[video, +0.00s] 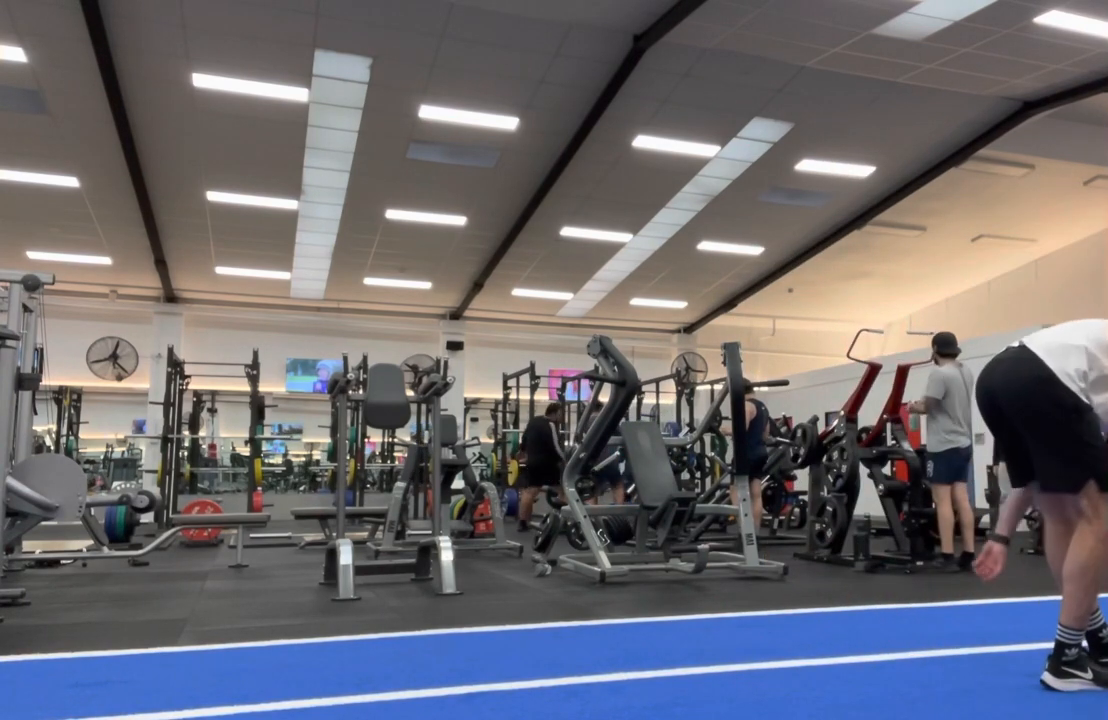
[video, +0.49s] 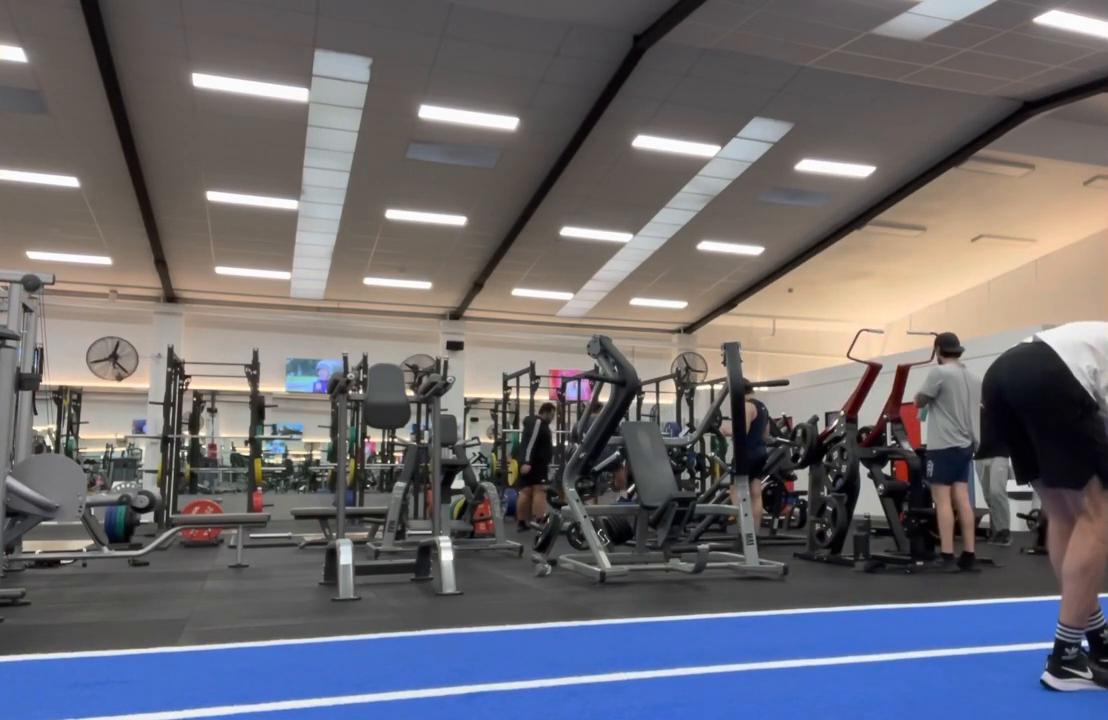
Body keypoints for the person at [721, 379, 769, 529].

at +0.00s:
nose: (733, 395)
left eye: (734, 391)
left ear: (738, 391)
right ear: (751, 388)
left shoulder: (747, 405)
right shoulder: (761, 406)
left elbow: (742, 429)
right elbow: (766, 432)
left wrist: (725, 430)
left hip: (745, 454)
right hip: (760, 453)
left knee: (735, 489)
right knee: (756, 494)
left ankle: (742, 527)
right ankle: (755, 532)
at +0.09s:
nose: (733, 395)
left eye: (733, 391)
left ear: (738, 391)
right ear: (750, 388)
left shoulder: (747, 406)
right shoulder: (762, 406)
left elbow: (741, 430)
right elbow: (766, 434)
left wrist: (724, 429)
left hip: (746, 454)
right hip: (760, 453)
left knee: (735, 490)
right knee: (756, 494)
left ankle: (743, 528)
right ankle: (755, 531)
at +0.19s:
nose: (733, 395)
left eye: (733, 391)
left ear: (738, 391)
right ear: (750, 388)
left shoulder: (747, 405)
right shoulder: (762, 406)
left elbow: (742, 430)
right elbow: (766, 434)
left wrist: (724, 429)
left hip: (746, 454)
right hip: (760, 453)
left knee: (735, 490)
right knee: (756, 494)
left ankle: (743, 528)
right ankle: (755, 531)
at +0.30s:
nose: (732, 395)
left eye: (733, 391)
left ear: (738, 391)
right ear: (750, 388)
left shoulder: (747, 406)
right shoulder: (761, 406)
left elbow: (742, 430)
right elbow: (766, 433)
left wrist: (724, 429)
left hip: (746, 454)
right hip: (760, 453)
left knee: (735, 489)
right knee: (756, 494)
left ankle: (742, 527)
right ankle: (755, 532)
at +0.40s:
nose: (733, 395)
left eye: (734, 391)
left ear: (738, 391)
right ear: (750, 388)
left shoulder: (747, 406)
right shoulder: (761, 406)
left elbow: (742, 431)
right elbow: (766, 434)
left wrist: (723, 429)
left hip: (746, 455)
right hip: (760, 453)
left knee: (735, 490)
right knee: (756, 494)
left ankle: (742, 528)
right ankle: (755, 531)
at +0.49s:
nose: (733, 395)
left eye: (734, 391)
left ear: (738, 391)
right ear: (750, 388)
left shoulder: (747, 406)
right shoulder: (761, 406)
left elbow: (742, 431)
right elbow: (766, 434)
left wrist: (724, 429)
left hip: (746, 454)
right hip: (760, 453)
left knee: (735, 490)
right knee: (756, 494)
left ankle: (743, 528)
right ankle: (755, 531)